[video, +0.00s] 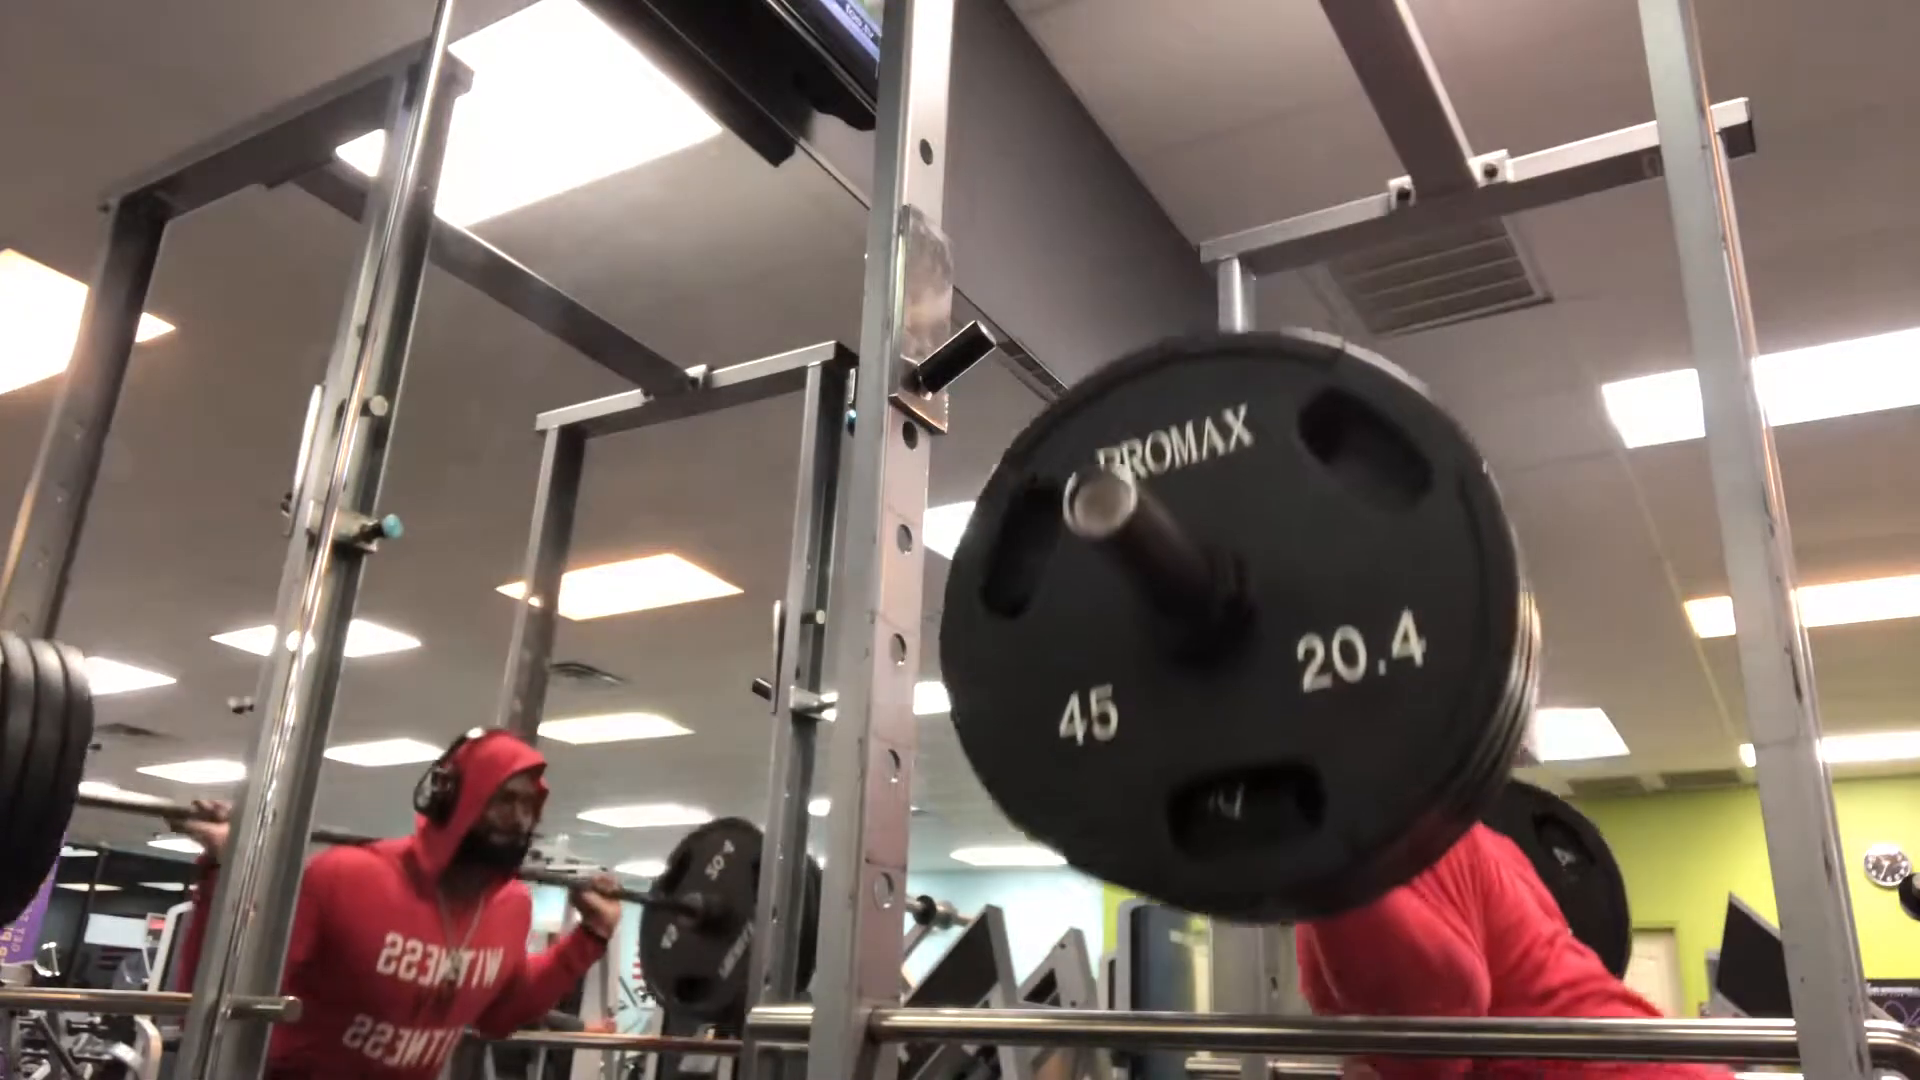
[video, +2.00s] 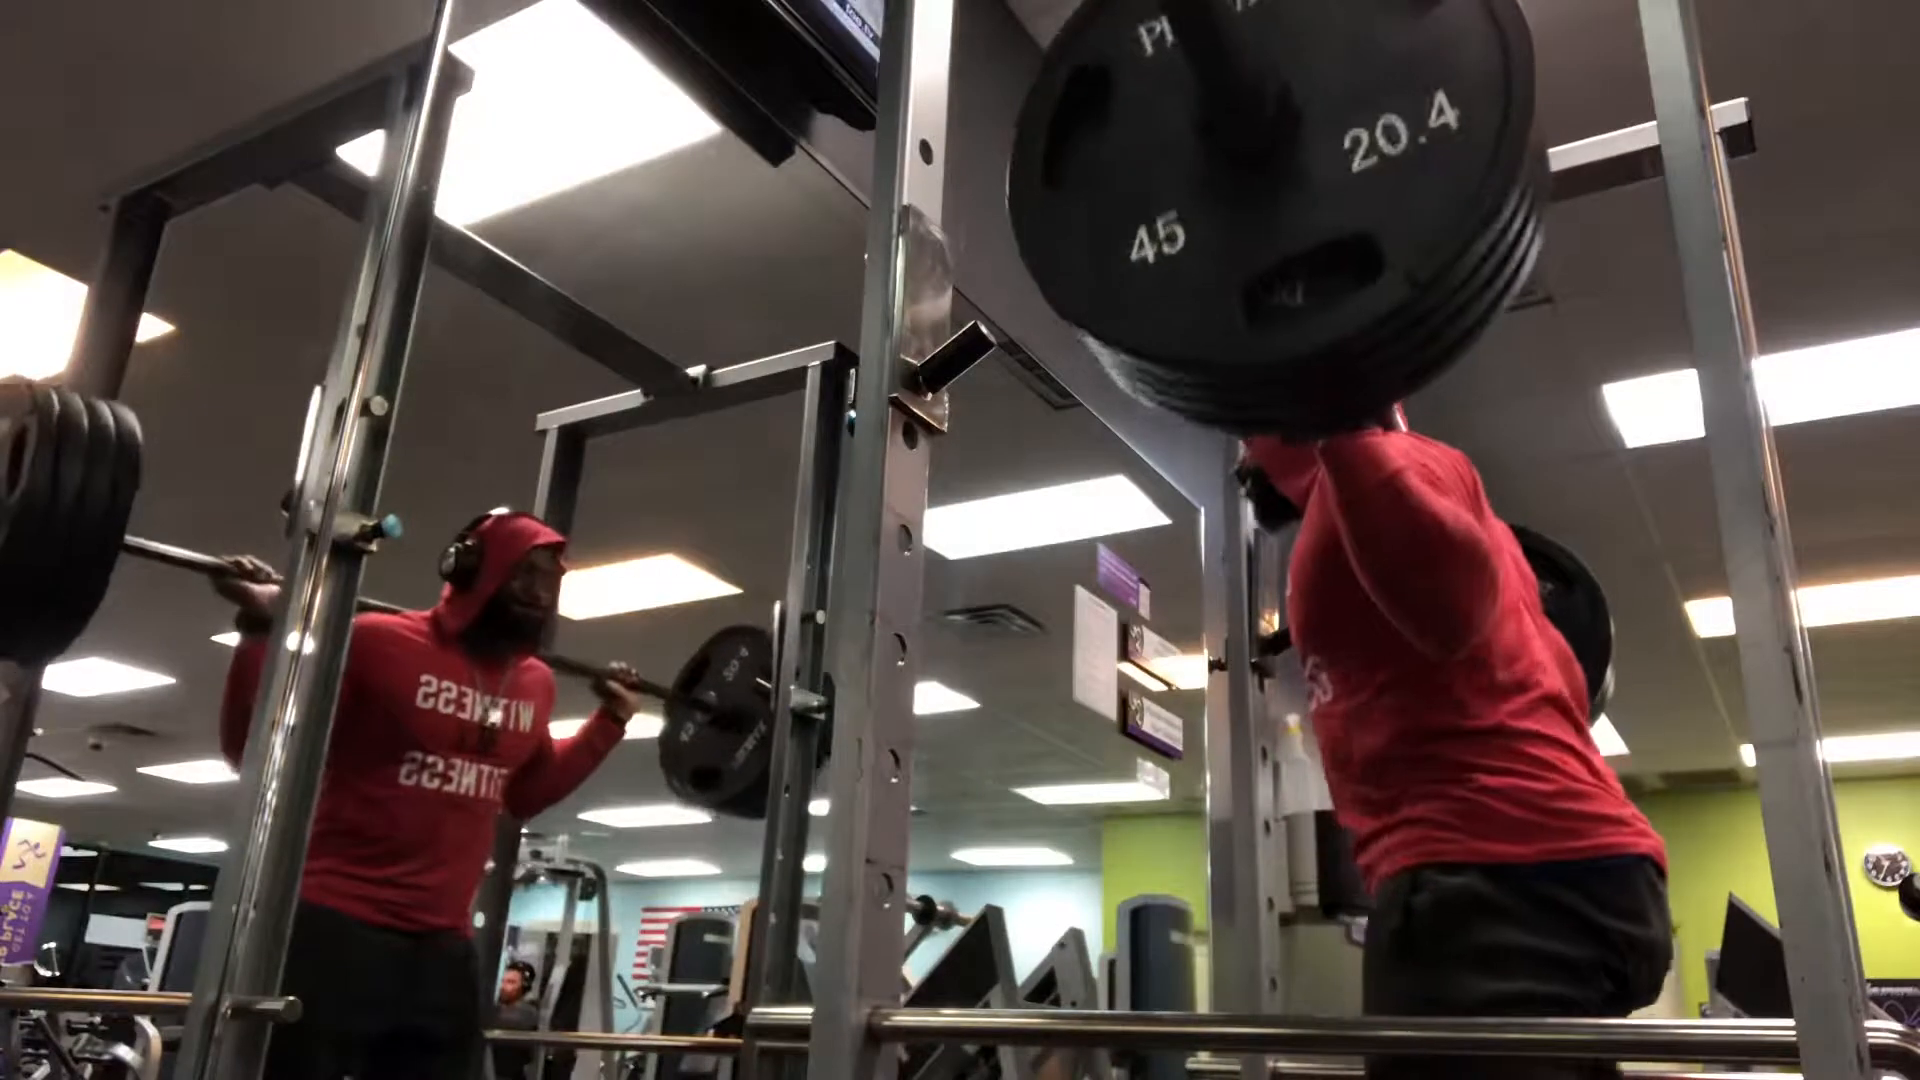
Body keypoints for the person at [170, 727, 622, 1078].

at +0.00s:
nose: (521, 821)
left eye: (532, 805)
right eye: (504, 800)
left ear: (540, 812)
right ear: (456, 799)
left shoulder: (512, 906)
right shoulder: (341, 878)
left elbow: (497, 1016)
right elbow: (220, 991)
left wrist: (586, 940)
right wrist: (223, 870)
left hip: (415, 1072)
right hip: (303, 1067)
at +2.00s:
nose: (542, 593)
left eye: (552, 578)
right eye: (527, 572)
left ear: (558, 588)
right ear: (479, 571)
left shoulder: (532, 682)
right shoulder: (375, 639)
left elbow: (525, 795)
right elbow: (246, 748)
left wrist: (610, 719)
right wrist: (260, 630)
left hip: (442, 948)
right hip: (334, 930)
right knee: (312, 1069)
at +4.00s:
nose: (529, 753)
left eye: (538, 738)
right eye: (513, 731)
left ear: (544, 749)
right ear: (465, 730)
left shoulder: (516, 844)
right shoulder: (350, 808)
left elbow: (501, 952)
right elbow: (214, 935)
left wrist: (592, 881)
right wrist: (233, 800)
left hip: (411, 1059)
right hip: (302, 1051)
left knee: (471, 1070)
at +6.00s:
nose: (554, 592)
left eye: (561, 576)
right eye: (537, 572)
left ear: (566, 586)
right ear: (490, 575)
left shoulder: (548, 686)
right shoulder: (398, 645)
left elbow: (544, 798)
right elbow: (271, 749)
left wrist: (621, 723)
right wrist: (275, 627)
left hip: (447, 943)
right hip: (344, 924)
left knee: (452, 1067)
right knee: (317, 1069)